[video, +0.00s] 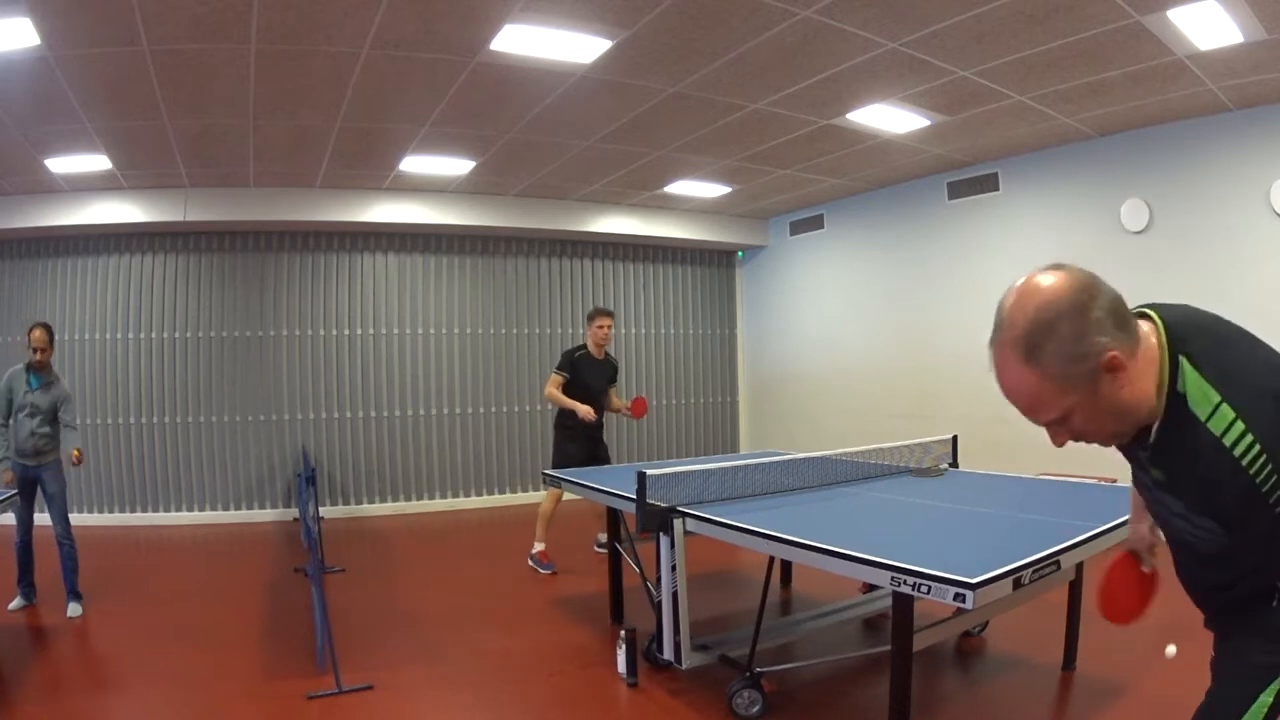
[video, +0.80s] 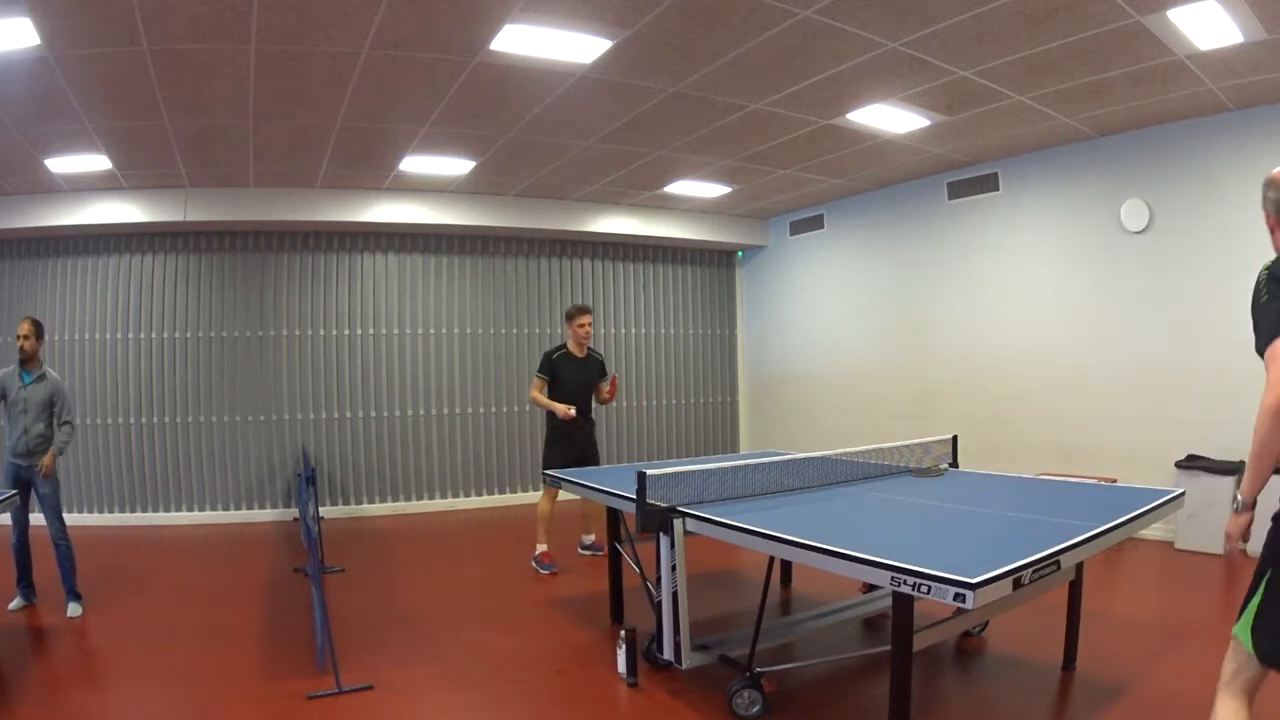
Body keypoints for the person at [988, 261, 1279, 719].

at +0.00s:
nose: (1057, 439)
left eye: (1063, 418)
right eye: (1043, 423)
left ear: (1114, 368)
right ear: (1111, 365)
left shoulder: (1254, 457)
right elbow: (1148, 444)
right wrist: (1142, 519)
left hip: (1266, 621)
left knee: (1225, 707)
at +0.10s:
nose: (1043, 409)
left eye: (1039, 392)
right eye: (1032, 396)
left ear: (1086, 357)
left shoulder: (1248, 436)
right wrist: (1191, 555)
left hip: (1267, 612)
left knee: (1228, 706)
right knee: (1233, 697)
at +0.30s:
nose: (1070, 318)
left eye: (1058, 303)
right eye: (1058, 305)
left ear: (1080, 288)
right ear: (1126, 239)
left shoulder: (1222, 362)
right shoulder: (1177, 296)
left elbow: (1279, 557)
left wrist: (1219, 703)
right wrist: (1228, 543)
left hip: (1270, 624)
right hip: (1250, 600)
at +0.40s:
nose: (1112, 288)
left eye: (1099, 270)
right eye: (1100, 273)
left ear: (1111, 258)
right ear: (1164, 219)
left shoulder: (1223, 323)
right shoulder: (1225, 279)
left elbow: (1272, 525)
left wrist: (1189, 665)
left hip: (1271, 633)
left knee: (1226, 710)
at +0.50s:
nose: (1157, 273)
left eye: (1147, 256)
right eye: (1150, 257)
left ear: (1156, 243)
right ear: (1210, 215)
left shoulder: (1233, 311)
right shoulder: (1261, 276)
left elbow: (1268, 487)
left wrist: (1184, 613)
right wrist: (1241, 579)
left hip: (1276, 612)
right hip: (1275, 604)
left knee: (1228, 713)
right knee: (1239, 707)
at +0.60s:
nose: (1197, 252)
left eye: (1193, 240)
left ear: (1202, 236)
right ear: (1253, 217)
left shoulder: (1252, 302)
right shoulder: (1270, 280)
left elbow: (1272, 452)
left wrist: (1205, 565)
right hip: (1277, 569)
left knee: (1248, 704)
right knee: (1251, 698)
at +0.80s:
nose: (1266, 224)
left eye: (1265, 214)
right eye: (1269, 213)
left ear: (1270, 224)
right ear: (1278, 224)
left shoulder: (1272, 281)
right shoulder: (1268, 282)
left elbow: (1277, 398)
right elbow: (1275, 399)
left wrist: (1245, 501)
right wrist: (1247, 500)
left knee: (1236, 685)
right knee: (1239, 680)